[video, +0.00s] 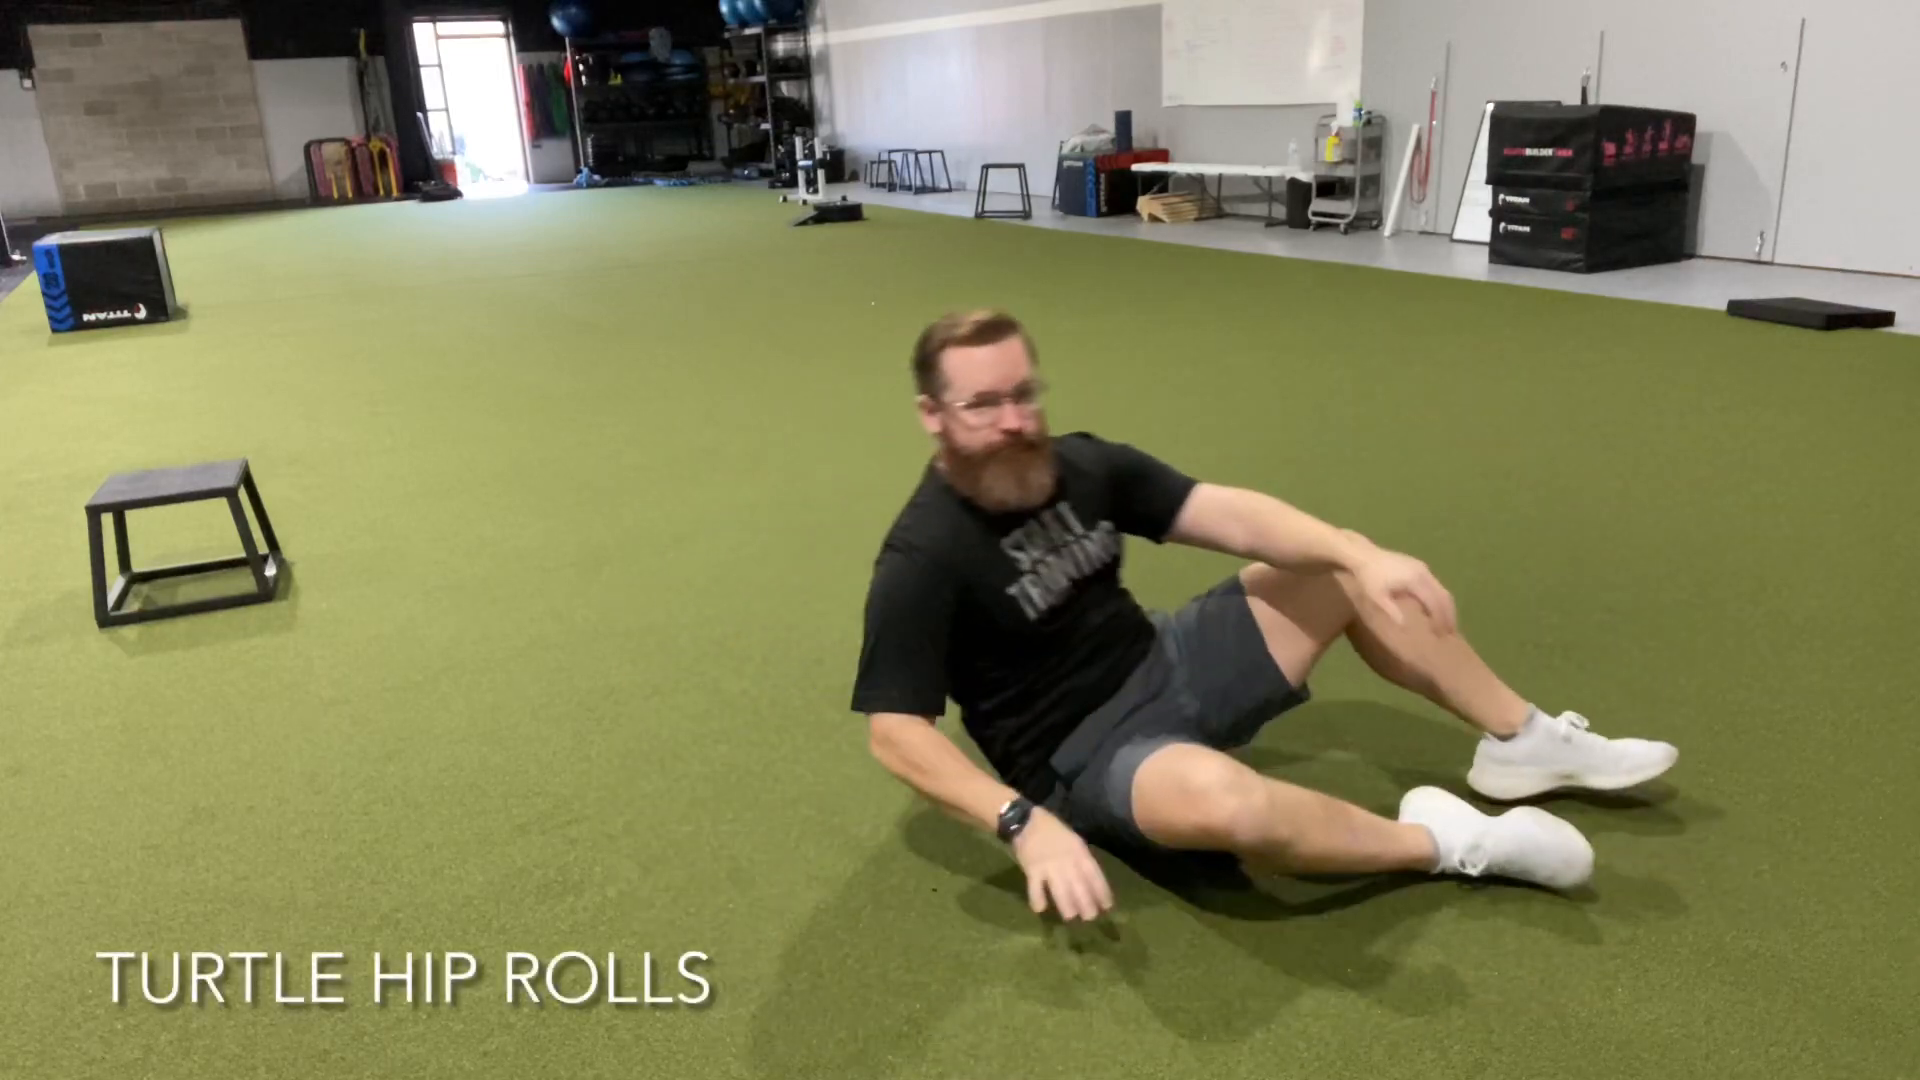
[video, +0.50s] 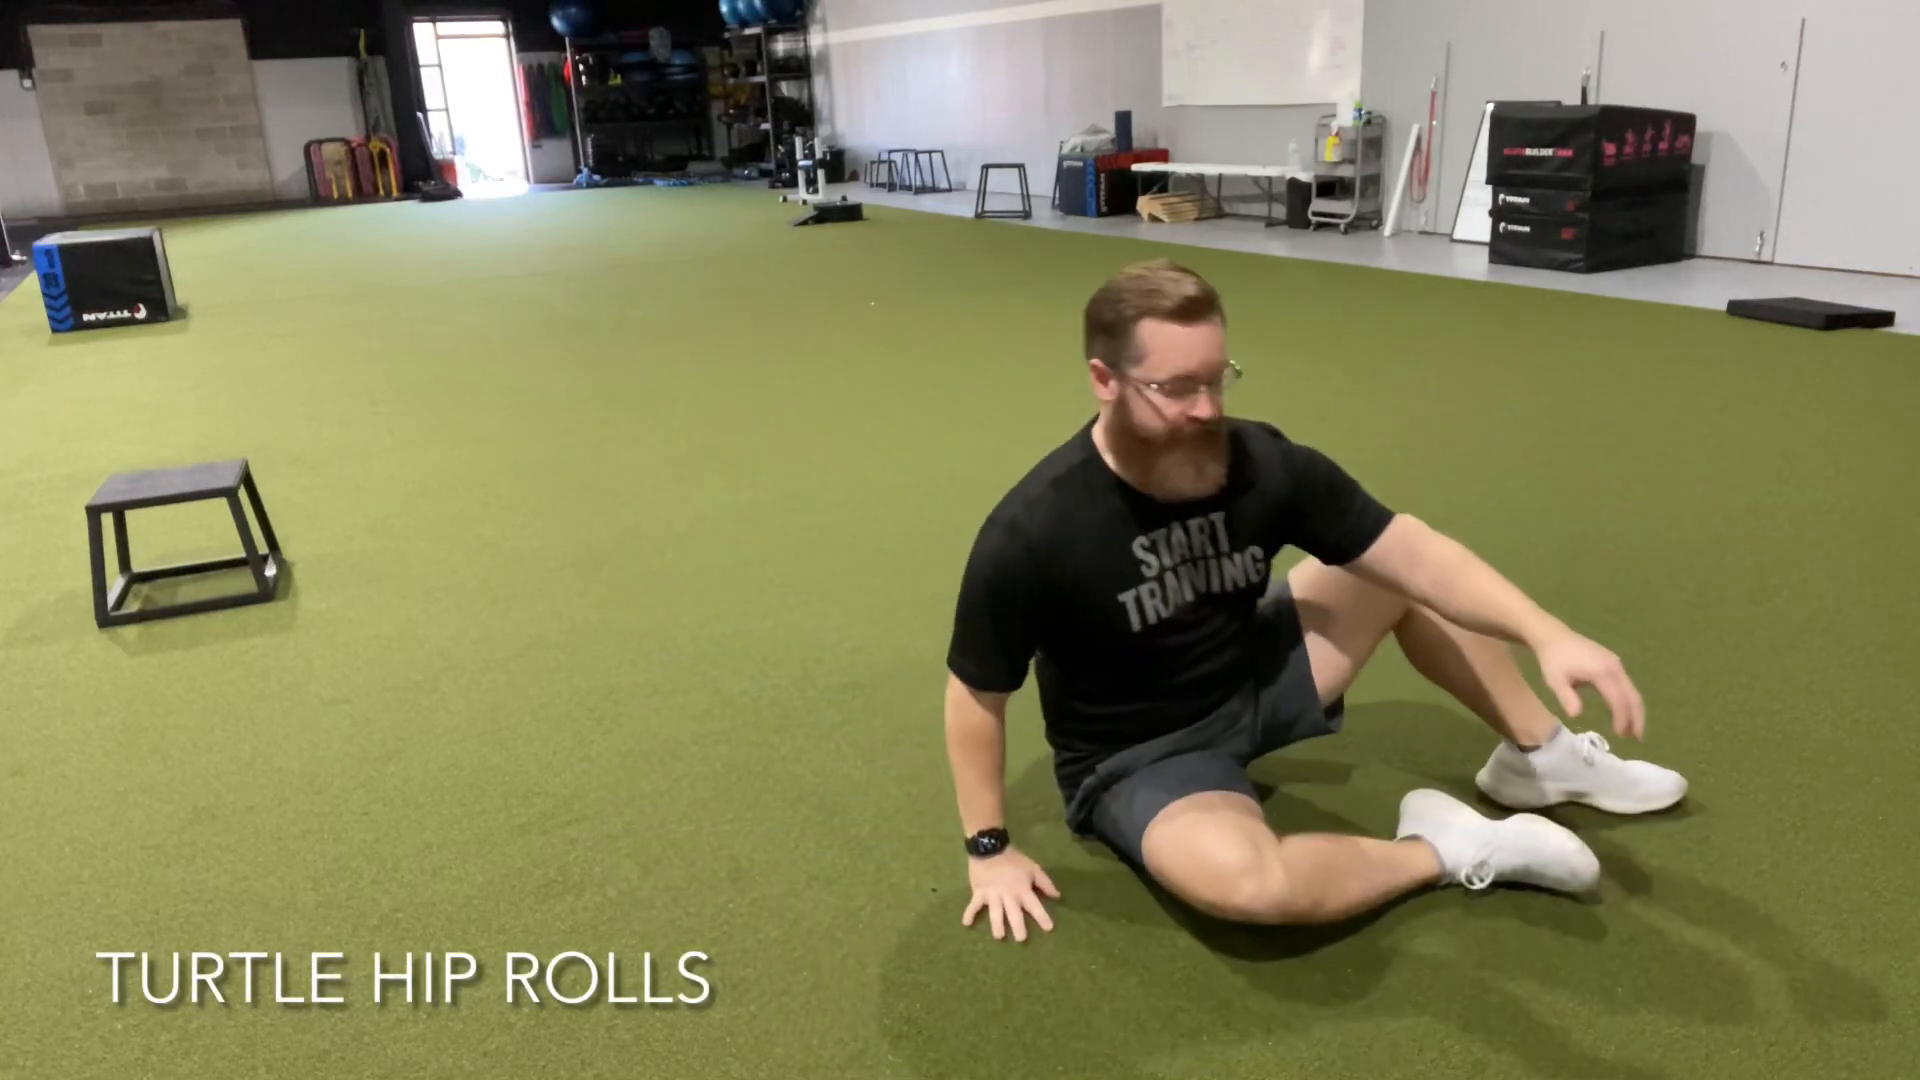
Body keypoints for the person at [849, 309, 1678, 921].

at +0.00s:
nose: (1018, 418)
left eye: (1026, 395)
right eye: (989, 404)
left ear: (1040, 390)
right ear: (933, 420)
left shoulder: (1083, 466)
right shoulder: (921, 558)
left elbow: (1224, 515)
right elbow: (894, 728)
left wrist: (1359, 557)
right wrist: (1024, 824)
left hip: (1164, 664)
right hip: (1083, 751)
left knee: (1342, 566)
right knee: (1225, 806)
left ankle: (1528, 738)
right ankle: (1441, 841)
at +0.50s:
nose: (1207, 409)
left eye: (1217, 381)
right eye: (1178, 389)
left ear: (1227, 366)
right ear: (1104, 383)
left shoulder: (1261, 463)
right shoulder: (1034, 532)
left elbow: (1407, 549)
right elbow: (975, 692)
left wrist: (1548, 632)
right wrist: (987, 848)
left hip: (1254, 669)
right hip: (1142, 748)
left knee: (1394, 566)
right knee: (1243, 884)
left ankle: (1537, 751)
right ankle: (1445, 846)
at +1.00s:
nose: (1182, 397)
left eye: (1187, 369)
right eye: (1157, 378)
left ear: (1193, 358)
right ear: (1077, 379)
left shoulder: (1225, 456)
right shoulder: (1011, 534)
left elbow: (1371, 547)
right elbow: (960, 698)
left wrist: (1502, 615)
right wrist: (986, 852)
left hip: (1239, 673)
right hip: (1136, 755)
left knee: (1389, 556)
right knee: (1243, 887)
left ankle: (1541, 753)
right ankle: (1445, 847)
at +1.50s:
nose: (943, 422)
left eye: (939, 404)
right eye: (917, 412)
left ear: (941, 412)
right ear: (855, 444)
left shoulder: (1000, 489)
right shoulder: (857, 585)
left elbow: (1121, 542)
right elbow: (879, 742)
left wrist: (1199, 534)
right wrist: (984, 852)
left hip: (1152, 653)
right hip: (1073, 741)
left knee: (1322, 552)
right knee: (1230, 744)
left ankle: (1501, 731)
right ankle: (1459, 824)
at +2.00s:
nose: (752, 564)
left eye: (743, 557)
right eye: (723, 574)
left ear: (769, 565)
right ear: (707, 627)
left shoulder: (857, 603)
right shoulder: (755, 678)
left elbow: (986, 589)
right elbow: (829, 746)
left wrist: (940, 498)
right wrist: (872, 600)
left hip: (1078, 683)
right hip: (1012, 726)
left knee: (1099, 428)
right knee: (974, 473)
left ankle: (1274, 514)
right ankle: (1230, 553)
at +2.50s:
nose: (705, 606)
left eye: (696, 605)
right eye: (682, 627)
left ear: (729, 613)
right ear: (688, 681)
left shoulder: (826, 645)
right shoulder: (725, 707)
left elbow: (933, 552)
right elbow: (773, 661)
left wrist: (831, 542)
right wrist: (757, 549)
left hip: (1058, 645)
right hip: (957, 671)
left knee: (988, 448)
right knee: (830, 455)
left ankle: (1111, 394)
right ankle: (1035, 396)